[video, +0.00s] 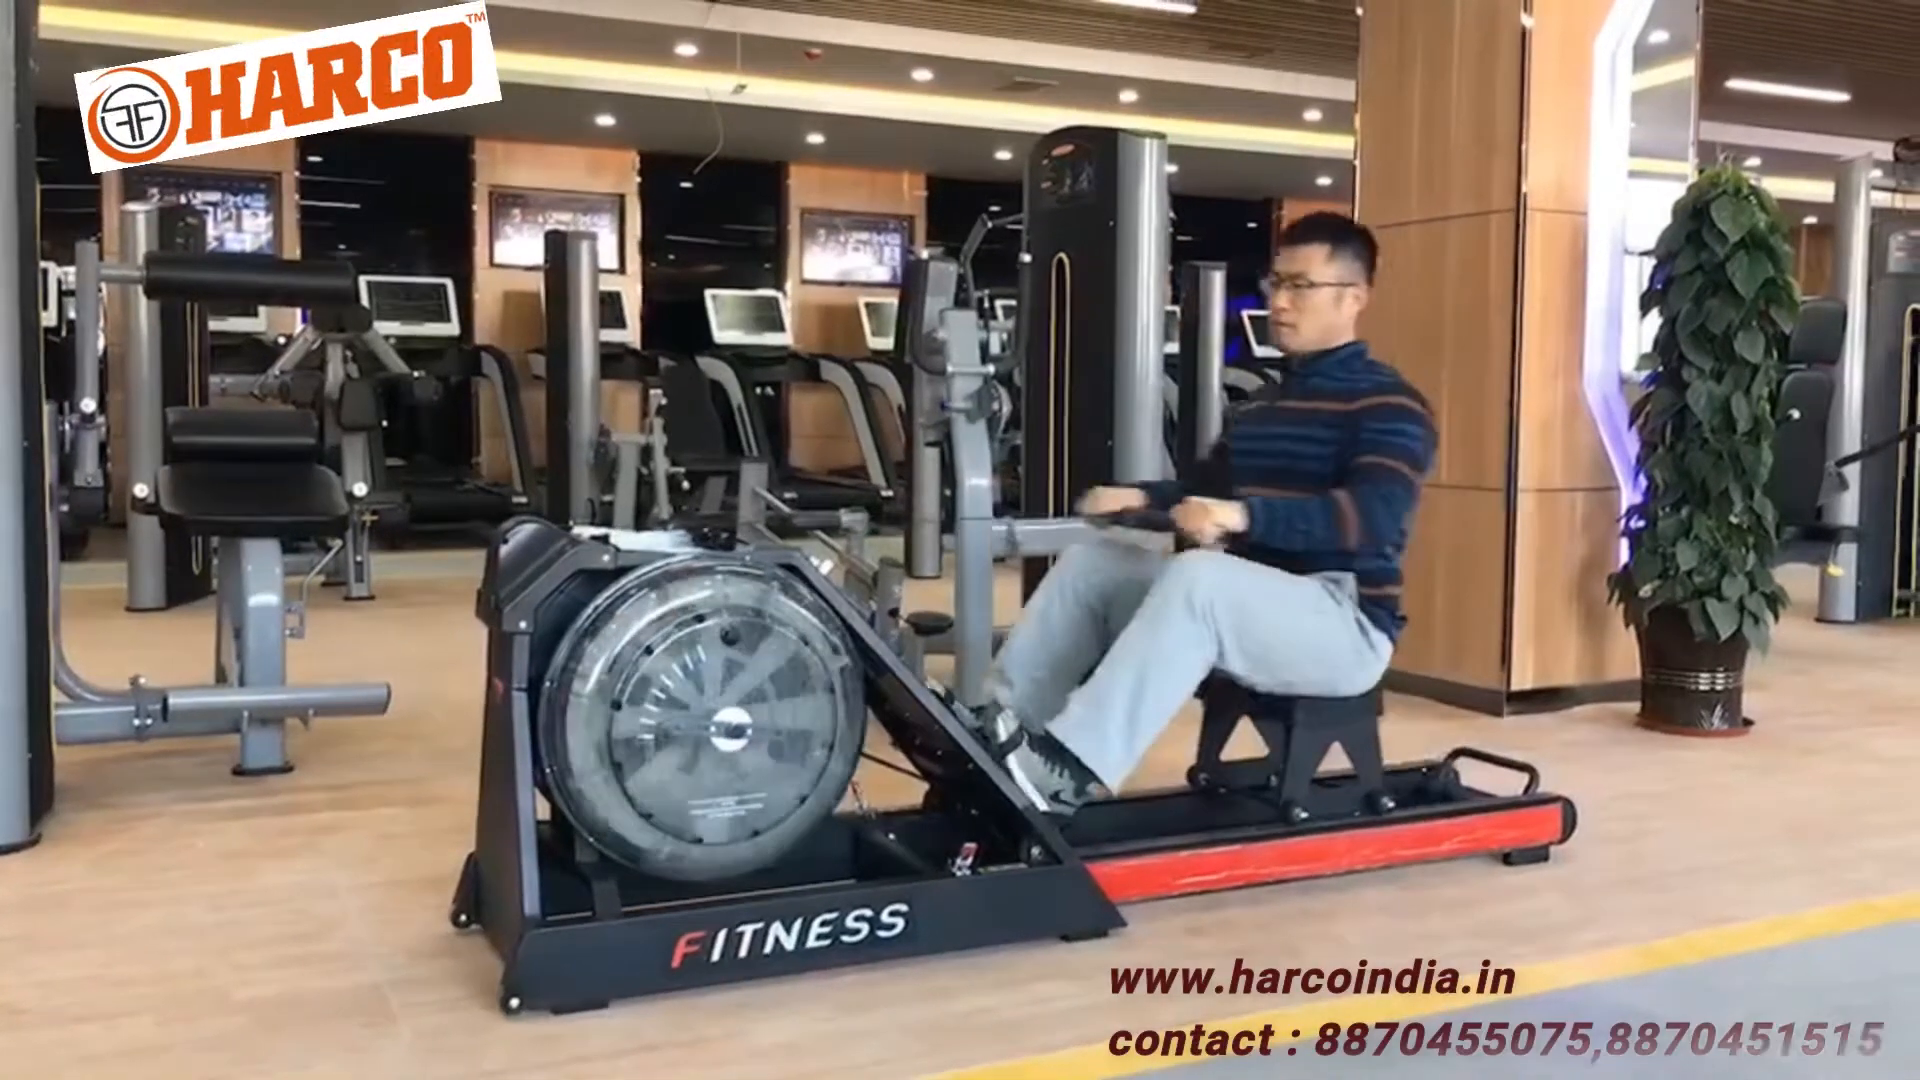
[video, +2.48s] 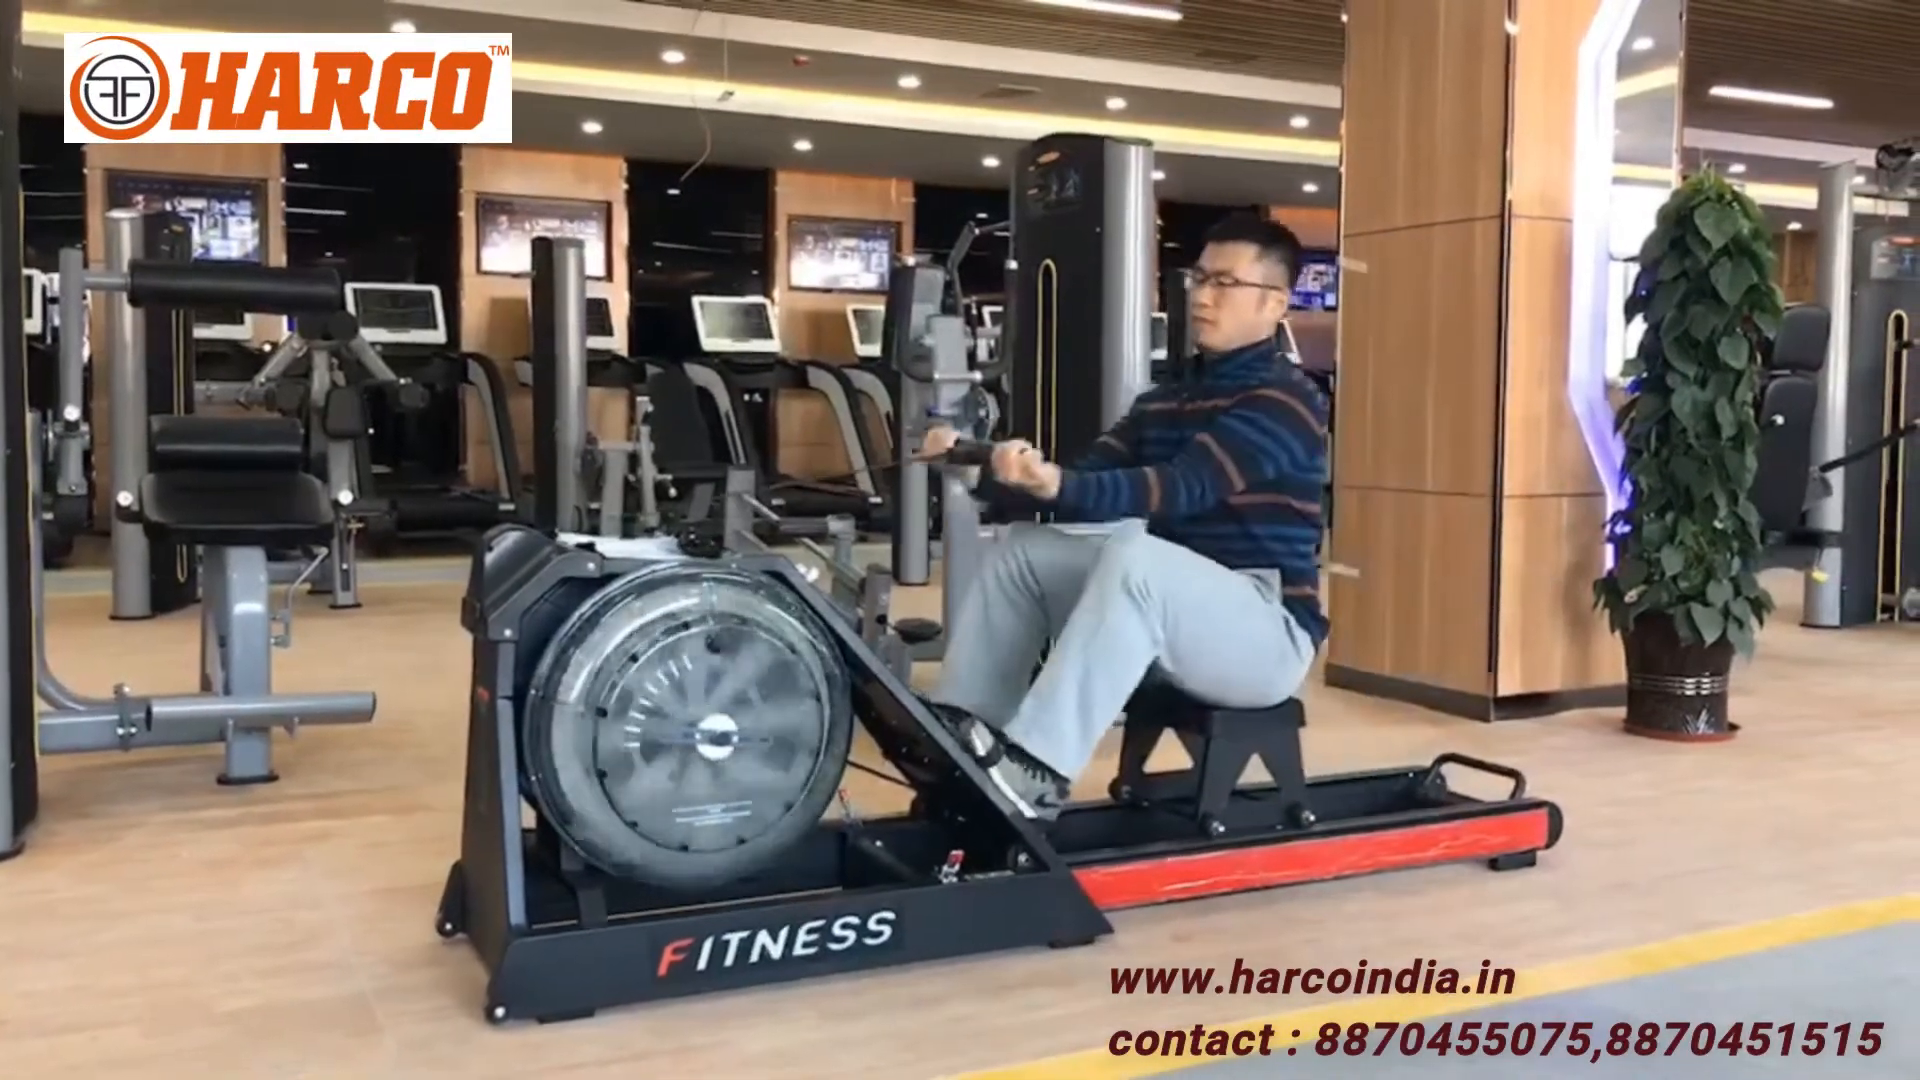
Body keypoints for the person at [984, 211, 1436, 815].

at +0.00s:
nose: (1277, 301)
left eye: (1298, 286)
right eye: (1274, 285)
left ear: (1354, 299)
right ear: (1268, 290)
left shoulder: (1390, 405)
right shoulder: (1266, 404)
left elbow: (1370, 520)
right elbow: (1211, 493)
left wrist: (1248, 516)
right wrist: (1143, 498)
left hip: (1347, 626)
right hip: (1251, 604)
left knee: (1198, 581)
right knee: (1090, 560)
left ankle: (1074, 764)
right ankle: (1000, 725)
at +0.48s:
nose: (1171, 296)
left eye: (1192, 282)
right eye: (1169, 280)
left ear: (1249, 297)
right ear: (1163, 287)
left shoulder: (1271, 398)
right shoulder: (1159, 394)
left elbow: (1179, 472)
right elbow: (1069, 452)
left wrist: (1048, 501)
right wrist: (959, 487)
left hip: (1260, 631)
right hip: (1162, 610)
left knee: (1125, 553)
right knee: (998, 538)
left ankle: (1046, 766)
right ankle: (979, 734)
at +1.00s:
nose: (1346, 315)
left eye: (1366, 300)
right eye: (1341, 299)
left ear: (1418, 314)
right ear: (1333, 307)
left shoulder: (1441, 409)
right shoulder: (1314, 404)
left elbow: (1386, 507)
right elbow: (1248, 477)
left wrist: (1266, 507)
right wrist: (1163, 486)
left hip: (1376, 623)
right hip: (1288, 601)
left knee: (1217, 622)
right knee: (1118, 594)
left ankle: (1068, 775)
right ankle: (986, 738)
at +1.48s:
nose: (1395, 332)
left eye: (1414, 318)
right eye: (1390, 316)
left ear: (1468, 327)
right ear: (1384, 321)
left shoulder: (1503, 426)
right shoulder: (1373, 420)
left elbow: (1550, 545)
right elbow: (1325, 502)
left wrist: (1440, 539)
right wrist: (1273, 501)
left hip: (1408, 628)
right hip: (1320, 602)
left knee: (1240, 658)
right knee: (1162, 622)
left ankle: (1085, 788)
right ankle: (1014, 738)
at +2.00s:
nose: (1218, 301)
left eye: (1238, 286)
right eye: (1215, 284)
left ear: (1291, 303)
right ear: (1208, 292)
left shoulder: (1315, 400)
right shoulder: (1196, 400)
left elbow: (1254, 513)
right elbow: (1137, 501)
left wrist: (1128, 501)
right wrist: (1033, 502)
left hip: (1292, 634)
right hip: (1194, 609)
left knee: (1159, 569)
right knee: (1032, 560)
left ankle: (1049, 767)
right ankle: (973, 736)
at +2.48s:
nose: (1201, 295)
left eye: (1223, 282)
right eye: (1199, 279)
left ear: (1273, 305)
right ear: (1189, 287)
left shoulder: (1284, 402)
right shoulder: (1166, 398)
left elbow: (1184, 487)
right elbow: (1090, 480)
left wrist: (1060, 487)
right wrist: (972, 459)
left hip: (1270, 631)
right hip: (1172, 602)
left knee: (1136, 563)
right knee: (1020, 555)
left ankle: (1038, 769)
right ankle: (959, 742)